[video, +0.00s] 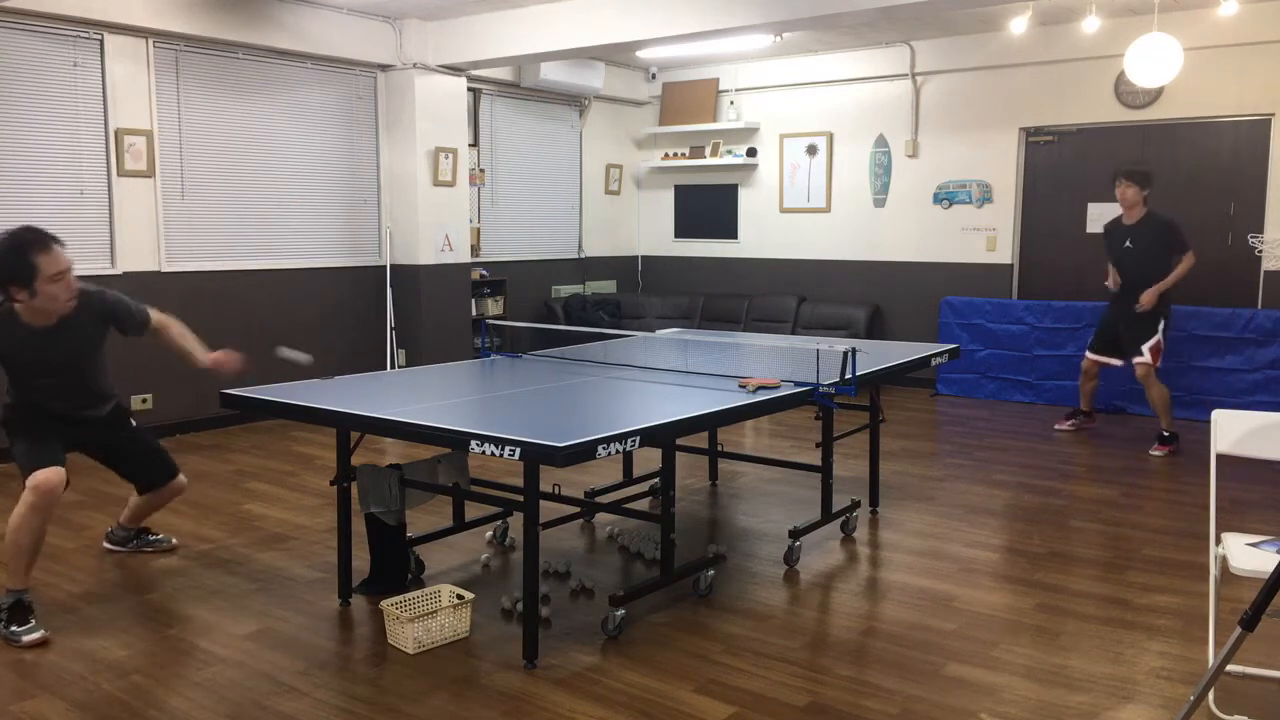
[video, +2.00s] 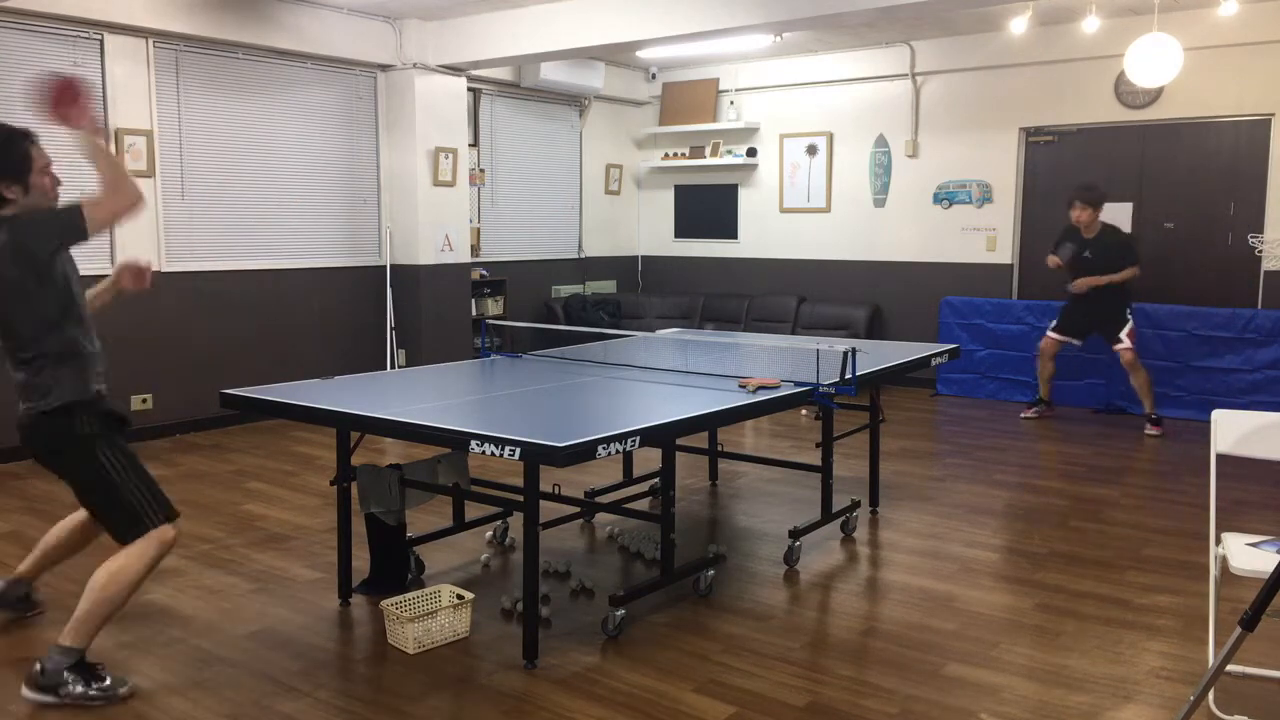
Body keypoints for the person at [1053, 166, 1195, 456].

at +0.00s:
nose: (1121, 192)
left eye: (1129, 187)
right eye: (1119, 186)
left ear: (1144, 192)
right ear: (1115, 191)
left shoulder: (1162, 226)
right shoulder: (1112, 228)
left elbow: (1188, 259)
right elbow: (1113, 261)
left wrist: (1157, 289)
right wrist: (1112, 279)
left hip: (1150, 306)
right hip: (1119, 304)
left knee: (1144, 372)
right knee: (1089, 365)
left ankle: (1168, 434)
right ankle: (1084, 413)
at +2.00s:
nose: (1076, 215)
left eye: (1083, 210)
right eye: (1074, 209)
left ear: (1097, 212)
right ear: (1070, 211)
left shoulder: (1118, 238)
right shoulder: (1070, 234)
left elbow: (1134, 270)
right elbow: (1055, 257)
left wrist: (1094, 281)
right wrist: (1054, 261)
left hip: (1112, 308)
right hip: (1080, 304)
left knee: (1129, 359)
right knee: (1046, 348)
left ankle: (1151, 415)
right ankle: (1044, 402)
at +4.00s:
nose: (1055, 230)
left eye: (1055, 224)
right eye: (1051, 227)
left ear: (1065, 215)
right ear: (1053, 224)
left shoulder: (1093, 230)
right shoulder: (1071, 240)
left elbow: (1129, 247)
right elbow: (1082, 269)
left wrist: (1106, 277)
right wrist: (1059, 271)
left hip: (1111, 303)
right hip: (1088, 302)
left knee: (1099, 360)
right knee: (1061, 346)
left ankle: (1122, 405)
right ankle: (1025, 392)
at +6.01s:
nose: (1225, 164)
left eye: (1225, 159)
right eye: (1221, 159)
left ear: (1199, 159)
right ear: (1208, 160)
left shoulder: (1181, 182)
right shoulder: (1194, 188)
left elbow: (1153, 207)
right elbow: (1174, 230)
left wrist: (1183, 218)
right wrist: (1175, 270)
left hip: (1167, 266)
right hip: (1183, 265)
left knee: (1181, 326)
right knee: (1228, 303)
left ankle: (1160, 385)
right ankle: (1217, 362)